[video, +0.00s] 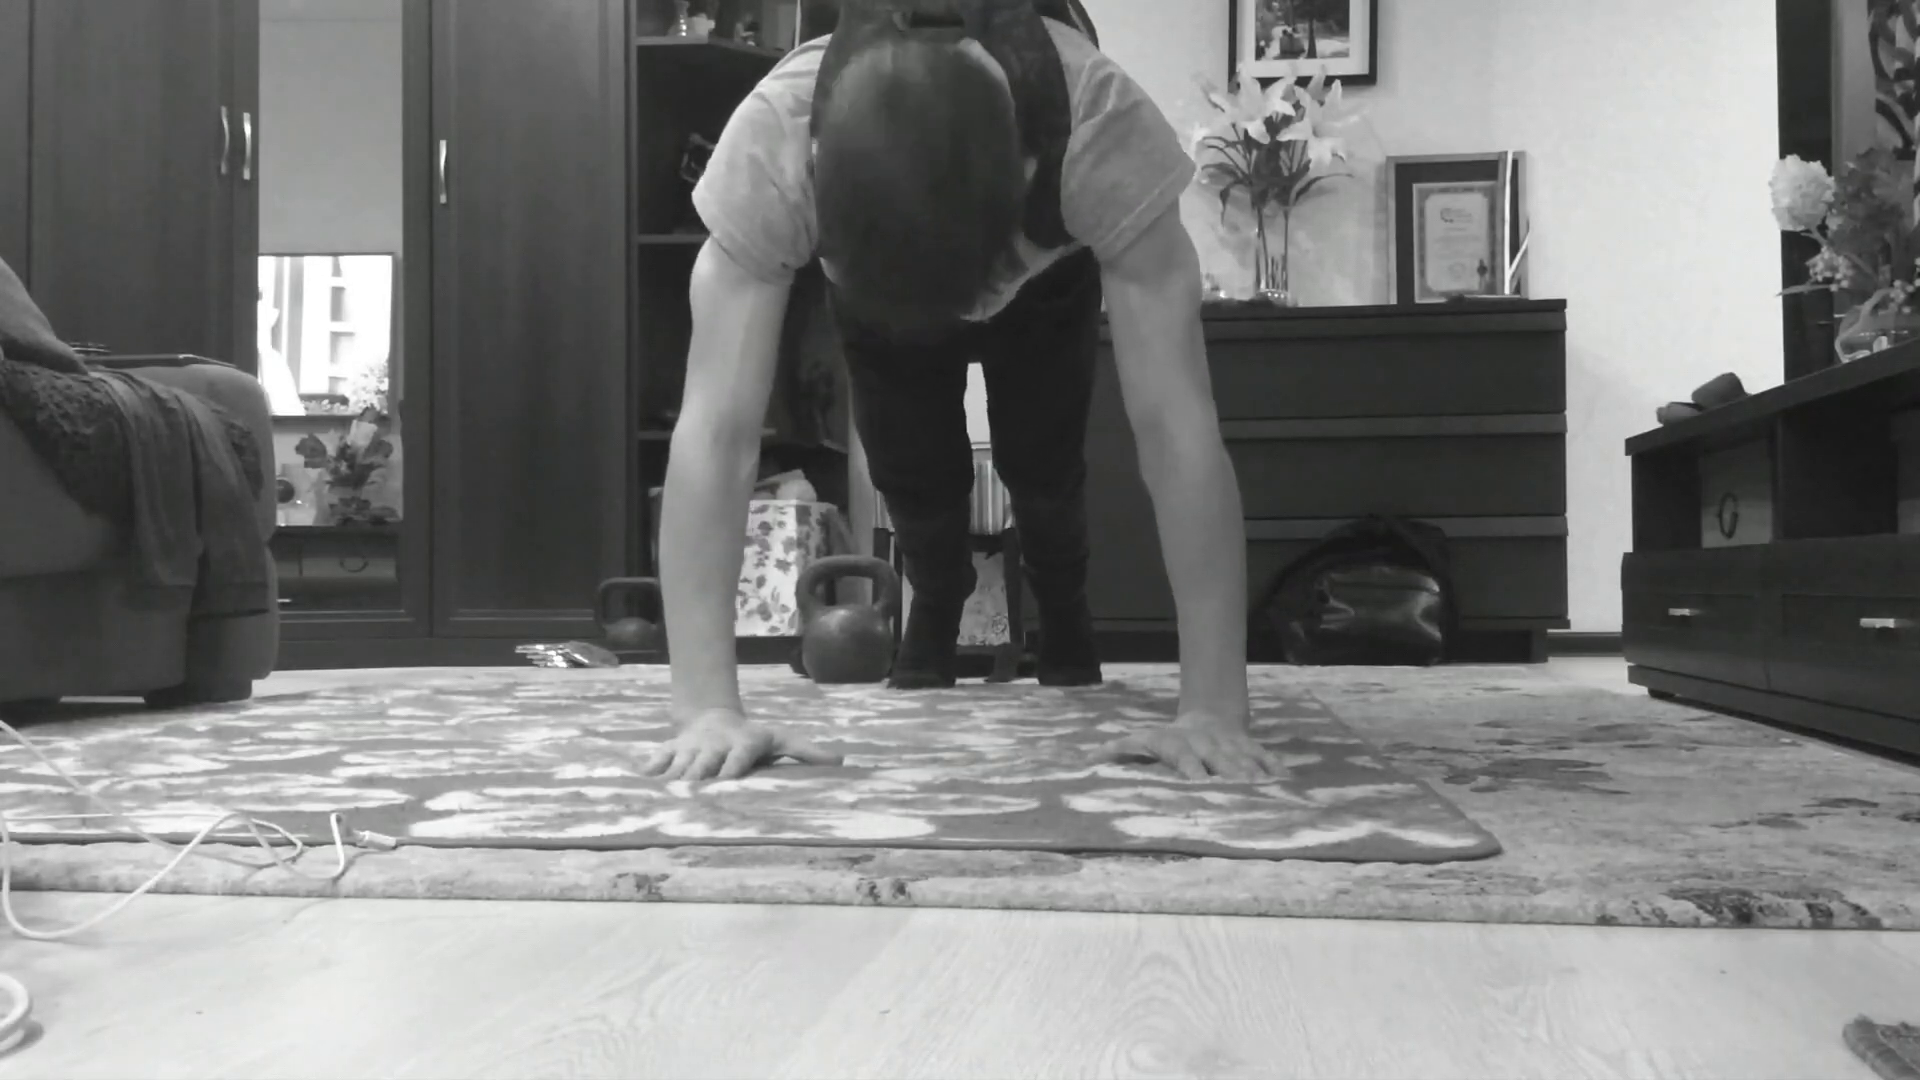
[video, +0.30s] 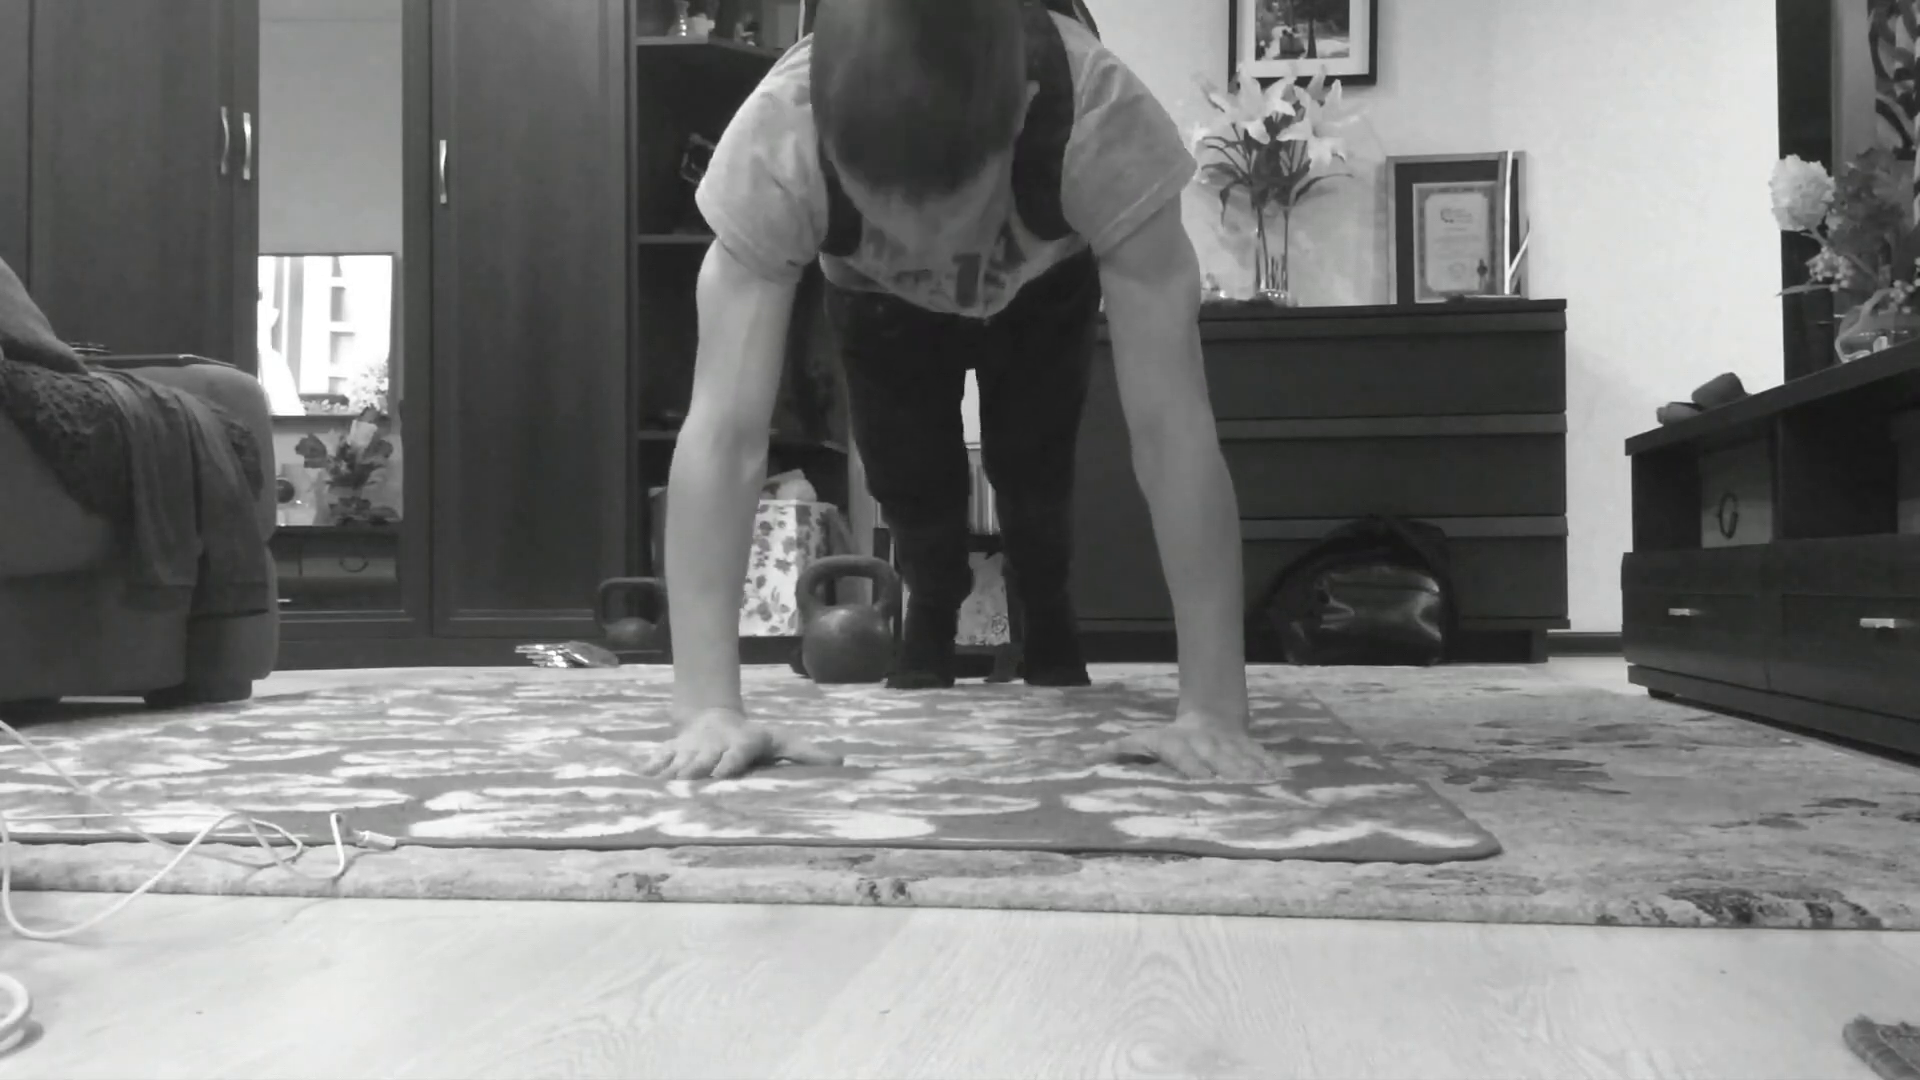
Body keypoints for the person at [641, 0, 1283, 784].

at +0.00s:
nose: (934, 326)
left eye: (965, 288)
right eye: (894, 309)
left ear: (1025, 176)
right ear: (821, 176)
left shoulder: (1115, 146)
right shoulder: (767, 156)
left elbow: (1181, 432)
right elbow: (713, 433)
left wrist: (1214, 712)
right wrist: (708, 709)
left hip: (1045, 261)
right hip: (869, 274)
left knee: (1042, 471)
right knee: (910, 477)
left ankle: (1060, 623)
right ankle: (933, 601)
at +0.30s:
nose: (932, 246)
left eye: (957, 208)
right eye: (893, 215)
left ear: (1021, 122)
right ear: (834, 145)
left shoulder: (1113, 144)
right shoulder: (775, 156)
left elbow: (1176, 436)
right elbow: (721, 436)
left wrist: (1216, 714)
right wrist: (707, 709)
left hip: (1044, 273)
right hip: (874, 282)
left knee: (1034, 485)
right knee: (908, 488)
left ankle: (1043, 645)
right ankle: (929, 608)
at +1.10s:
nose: (911, 135)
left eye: (950, 90)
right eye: (872, 90)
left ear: (1019, 46)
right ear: (833, 54)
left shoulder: (1107, 131)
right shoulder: (781, 139)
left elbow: (1174, 436)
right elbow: (722, 433)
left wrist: (1213, 709)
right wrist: (709, 710)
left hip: (1046, 329)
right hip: (881, 335)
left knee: (1046, 526)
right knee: (900, 527)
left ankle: (1064, 705)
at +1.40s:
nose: (916, 129)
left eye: (956, 86)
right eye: (878, 86)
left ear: (1022, 40)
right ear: (836, 49)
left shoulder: (1108, 131)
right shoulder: (781, 135)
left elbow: (1174, 437)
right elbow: (721, 430)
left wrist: (1214, 710)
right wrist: (708, 710)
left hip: (1045, 342)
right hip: (879, 348)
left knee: (1047, 527)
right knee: (900, 532)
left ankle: (1067, 686)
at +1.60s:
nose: (912, 145)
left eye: (952, 103)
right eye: (873, 102)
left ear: (1017, 52)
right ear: (833, 57)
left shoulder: (1105, 131)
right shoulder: (779, 137)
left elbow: (1173, 438)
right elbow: (721, 433)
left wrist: (1214, 710)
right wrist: (708, 710)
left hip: (1045, 341)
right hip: (881, 346)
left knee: (1047, 530)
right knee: (906, 531)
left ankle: (1069, 701)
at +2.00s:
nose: (915, 182)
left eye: (950, 144)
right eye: (876, 144)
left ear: (1012, 78)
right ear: (831, 93)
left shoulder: (1103, 142)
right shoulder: (774, 147)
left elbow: (1193, 431)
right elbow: (719, 438)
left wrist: (1215, 712)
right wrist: (710, 708)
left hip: (1047, 338)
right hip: (876, 343)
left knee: (1049, 524)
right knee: (901, 525)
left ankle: (1069, 667)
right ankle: (914, 613)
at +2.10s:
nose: (916, 238)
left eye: (948, 202)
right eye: (880, 202)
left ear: (1013, 130)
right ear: (832, 143)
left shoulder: (1102, 163)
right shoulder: (768, 174)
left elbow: (1227, 446)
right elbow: (703, 447)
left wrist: (1217, 718)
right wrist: (708, 708)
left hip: (1045, 372)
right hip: (874, 378)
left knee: (1043, 544)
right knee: (903, 547)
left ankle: (1054, 606)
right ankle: (918, 605)